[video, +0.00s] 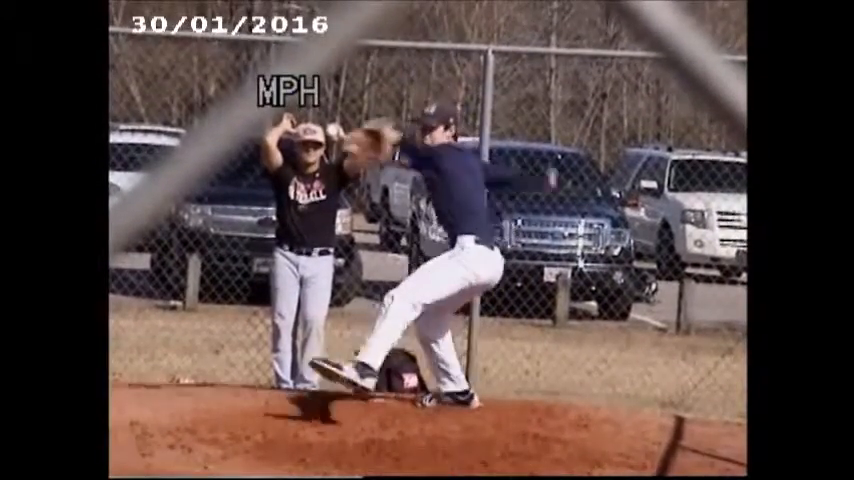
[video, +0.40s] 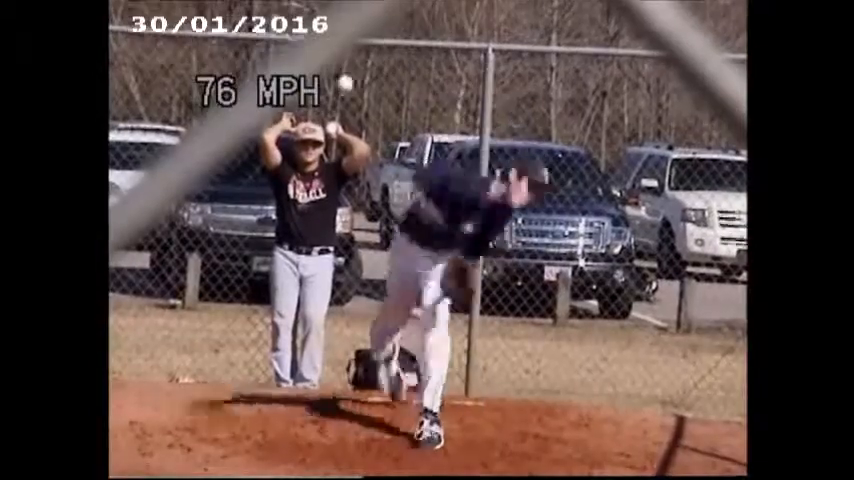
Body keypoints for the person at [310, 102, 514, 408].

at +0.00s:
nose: (424, 134)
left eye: (431, 129)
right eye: (424, 129)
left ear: (450, 130)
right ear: (450, 132)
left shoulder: (438, 156)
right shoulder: (474, 160)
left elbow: (396, 147)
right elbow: (496, 172)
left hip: (471, 255)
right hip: (490, 260)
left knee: (402, 298)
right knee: (430, 323)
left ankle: (365, 369)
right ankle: (457, 390)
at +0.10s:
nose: (426, 131)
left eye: (432, 126)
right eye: (424, 125)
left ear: (450, 127)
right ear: (450, 130)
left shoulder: (446, 155)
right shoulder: (474, 156)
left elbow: (431, 162)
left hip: (464, 259)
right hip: (479, 261)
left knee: (402, 307)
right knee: (427, 326)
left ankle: (399, 382)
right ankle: (454, 386)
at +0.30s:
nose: (488, 168)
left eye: (497, 166)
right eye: (487, 159)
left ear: (503, 169)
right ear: (479, 150)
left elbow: (497, 249)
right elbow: (407, 146)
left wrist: (490, 283)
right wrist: (438, 125)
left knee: (436, 332)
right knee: (406, 337)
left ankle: (430, 415)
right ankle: (407, 375)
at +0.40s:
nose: (532, 197)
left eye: (535, 192)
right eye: (530, 188)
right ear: (513, 177)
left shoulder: (502, 211)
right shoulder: (473, 185)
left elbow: (473, 251)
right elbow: (424, 175)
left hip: (442, 254)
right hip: (410, 243)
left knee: (437, 332)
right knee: (397, 309)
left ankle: (430, 414)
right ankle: (377, 356)